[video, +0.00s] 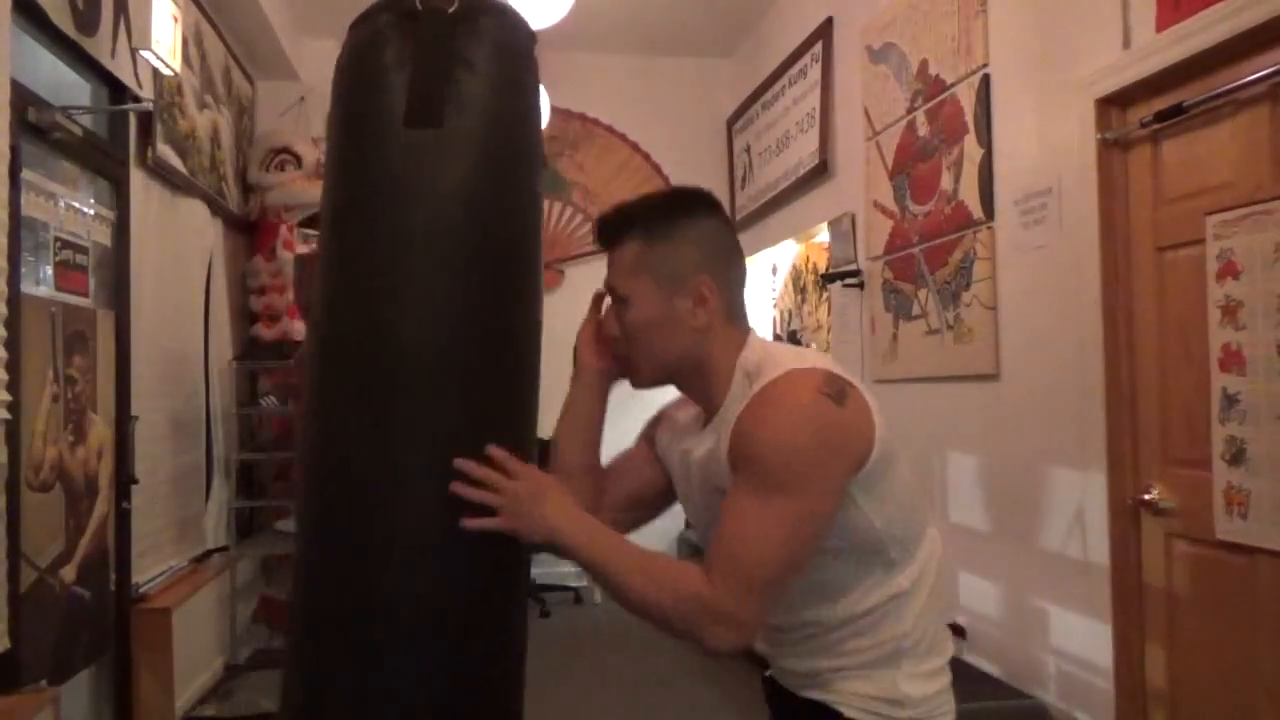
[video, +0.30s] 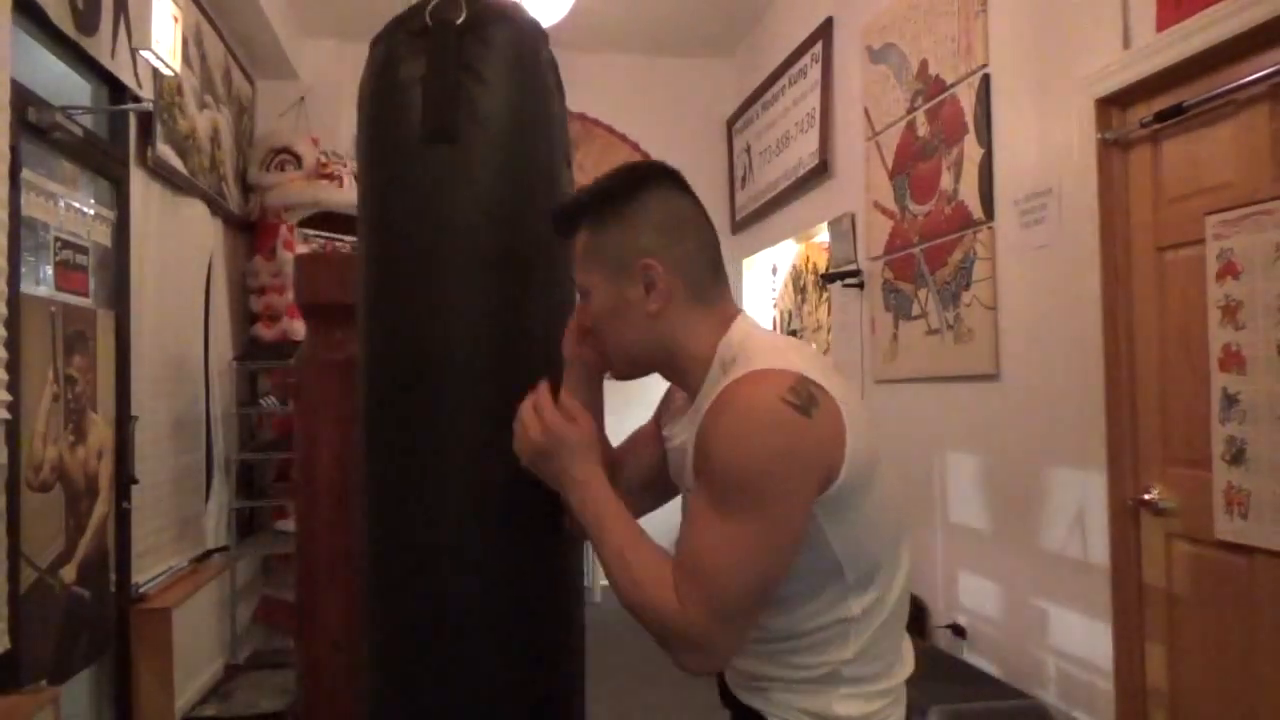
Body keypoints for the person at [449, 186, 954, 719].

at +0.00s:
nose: (607, 325)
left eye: (621, 304)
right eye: (609, 304)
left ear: (698, 303)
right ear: (692, 308)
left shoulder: (801, 408)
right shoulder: (682, 426)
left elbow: (726, 619)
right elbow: (579, 521)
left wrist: (561, 520)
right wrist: (590, 381)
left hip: (873, 702)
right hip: (788, 687)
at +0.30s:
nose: (581, 319)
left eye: (585, 295)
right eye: (578, 297)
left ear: (651, 286)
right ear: (651, 286)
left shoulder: (763, 409)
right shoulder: (703, 381)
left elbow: (700, 641)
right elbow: (602, 501)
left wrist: (579, 477)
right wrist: (582, 372)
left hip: (821, 709)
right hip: (758, 692)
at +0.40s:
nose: (601, 306)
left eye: (606, 279)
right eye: (600, 281)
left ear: (663, 269)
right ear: (662, 270)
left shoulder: (758, 388)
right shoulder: (740, 363)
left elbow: (655, 594)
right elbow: (633, 486)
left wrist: (582, 415)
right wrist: (600, 397)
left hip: (804, 706)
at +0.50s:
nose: (635, 295)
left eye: (638, 273)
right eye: (632, 276)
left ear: (689, 259)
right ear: (693, 258)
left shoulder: (751, 362)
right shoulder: (790, 330)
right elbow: (645, 496)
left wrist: (585, 347)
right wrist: (639, 345)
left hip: (786, 704)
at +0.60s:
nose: (676, 299)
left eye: (673, 279)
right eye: (669, 282)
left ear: (715, 262)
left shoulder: (741, 349)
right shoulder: (822, 328)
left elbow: (594, 480)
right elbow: (710, 492)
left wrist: (609, 316)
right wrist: (687, 318)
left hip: (781, 700)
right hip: (876, 680)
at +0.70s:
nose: (704, 326)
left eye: (700, 305)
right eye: (697, 310)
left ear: (735, 279)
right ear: (796, 274)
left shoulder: (740, 349)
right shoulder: (881, 358)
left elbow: (612, 490)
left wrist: (615, 344)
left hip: (773, 702)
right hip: (893, 689)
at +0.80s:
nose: (716, 349)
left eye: (716, 331)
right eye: (714, 335)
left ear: (749, 307)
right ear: (811, 303)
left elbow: (644, 528)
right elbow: (934, 539)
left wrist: (624, 396)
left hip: (777, 702)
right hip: (907, 696)